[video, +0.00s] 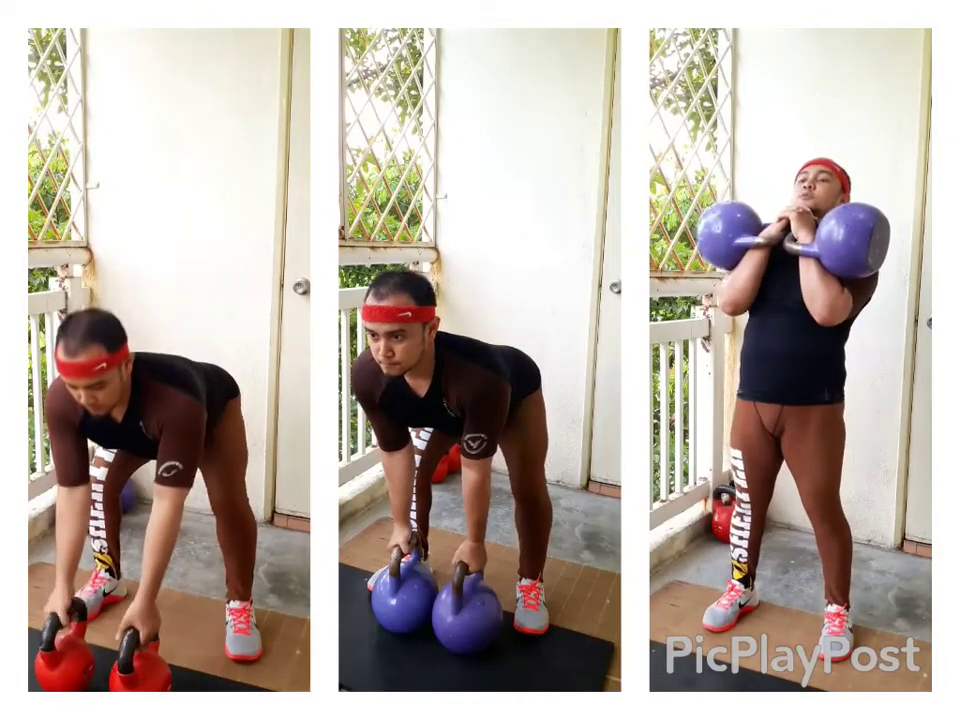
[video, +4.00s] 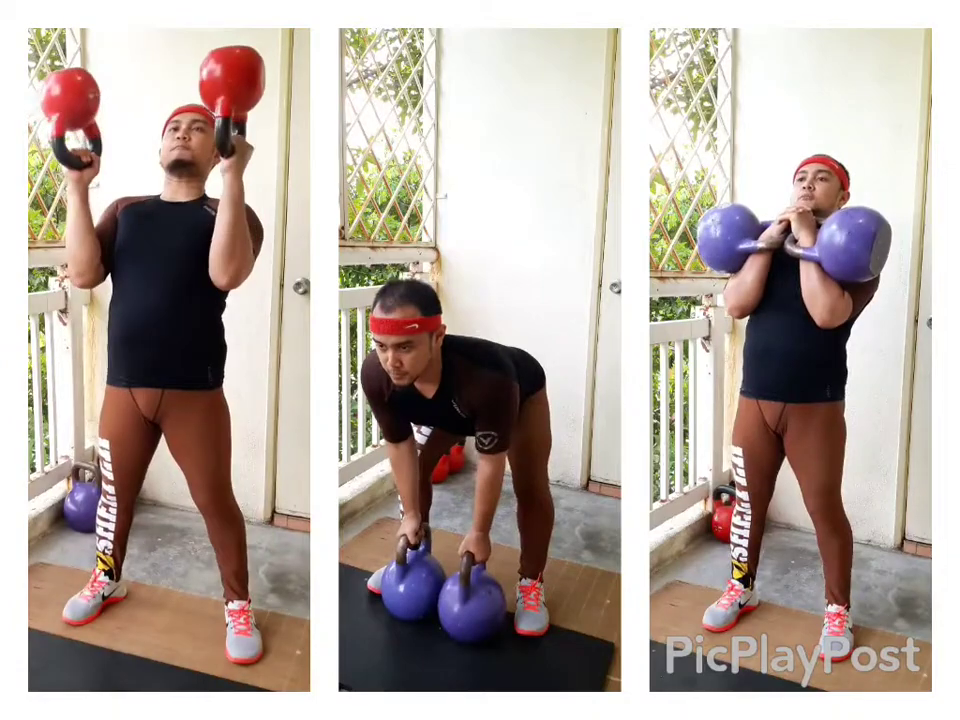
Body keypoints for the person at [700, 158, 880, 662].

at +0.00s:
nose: (807, 182)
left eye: (821, 178)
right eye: (802, 177)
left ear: (844, 199)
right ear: (790, 194)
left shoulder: (853, 256)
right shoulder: (767, 247)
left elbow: (828, 312)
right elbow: (729, 303)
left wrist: (804, 241)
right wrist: (765, 240)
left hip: (813, 408)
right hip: (752, 401)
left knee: (824, 513)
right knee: (749, 503)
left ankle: (836, 609)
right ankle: (740, 587)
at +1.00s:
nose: (805, 188)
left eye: (819, 182)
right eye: (800, 182)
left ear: (844, 199)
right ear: (789, 196)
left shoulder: (854, 259)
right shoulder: (766, 249)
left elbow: (830, 315)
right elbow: (728, 306)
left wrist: (804, 246)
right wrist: (764, 246)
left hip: (814, 408)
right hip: (752, 401)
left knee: (825, 513)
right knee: (748, 503)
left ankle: (836, 610)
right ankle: (740, 587)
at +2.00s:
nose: (783, 355)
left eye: (796, 346)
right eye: (776, 346)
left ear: (819, 357)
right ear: (768, 354)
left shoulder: (833, 414)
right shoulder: (749, 405)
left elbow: (817, 497)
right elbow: (721, 478)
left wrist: (788, 428)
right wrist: (747, 427)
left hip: (822, 524)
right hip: (769, 522)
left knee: (826, 550)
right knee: (713, 525)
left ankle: (835, 616)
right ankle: (740, 590)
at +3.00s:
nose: (802, 175)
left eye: (816, 169)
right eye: (795, 169)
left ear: (840, 188)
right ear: (783, 185)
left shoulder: (846, 246)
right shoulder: (761, 239)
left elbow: (821, 315)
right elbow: (735, 306)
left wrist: (798, 241)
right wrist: (761, 240)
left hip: (825, 407)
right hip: (766, 401)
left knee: (831, 514)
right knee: (745, 499)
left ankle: (836, 611)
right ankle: (739, 587)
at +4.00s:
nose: (805, 186)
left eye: (819, 179)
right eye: (800, 179)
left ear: (844, 196)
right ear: (790, 193)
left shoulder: (854, 257)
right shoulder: (768, 243)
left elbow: (828, 314)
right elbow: (735, 305)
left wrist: (805, 242)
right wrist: (767, 243)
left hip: (814, 406)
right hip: (754, 399)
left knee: (825, 512)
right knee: (749, 501)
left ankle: (837, 609)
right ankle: (740, 586)